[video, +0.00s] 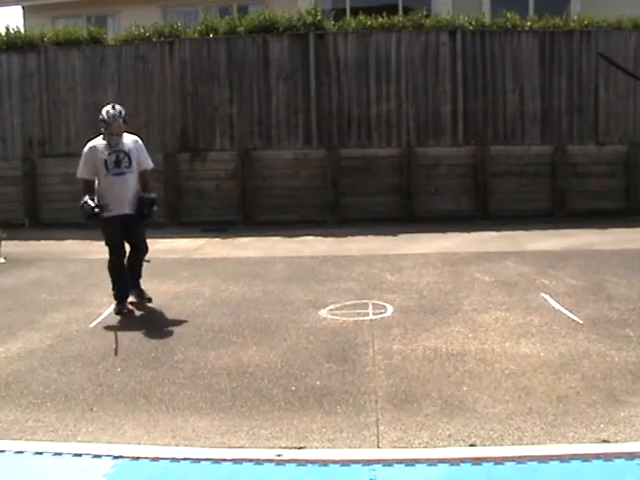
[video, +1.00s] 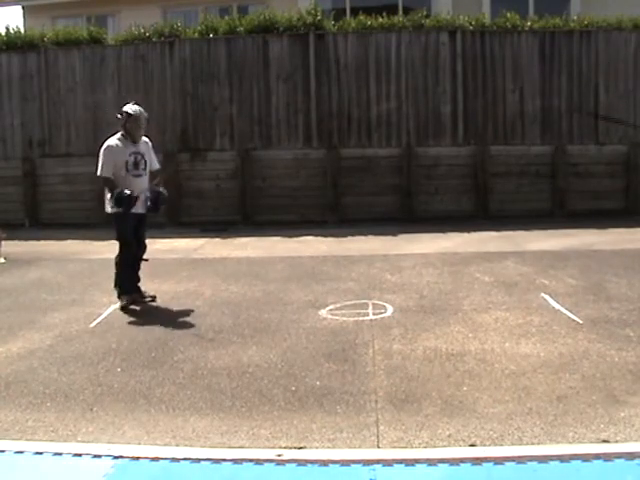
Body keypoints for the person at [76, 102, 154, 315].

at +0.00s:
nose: (116, 131)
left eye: (119, 126)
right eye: (111, 127)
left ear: (124, 124)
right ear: (103, 127)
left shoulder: (134, 143)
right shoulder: (93, 149)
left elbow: (144, 173)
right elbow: (87, 182)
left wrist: (146, 197)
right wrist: (89, 201)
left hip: (133, 209)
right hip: (109, 212)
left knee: (140, 248)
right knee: (117, 254)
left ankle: (133, 283)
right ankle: (120, 298)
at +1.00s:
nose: (141, 129)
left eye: (142, 124)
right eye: (138, 124)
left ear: (143, 125)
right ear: (126, 124)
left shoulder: (145, 144)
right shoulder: (111, 147)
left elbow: (154, 171)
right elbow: (106, 177)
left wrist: (154, 190)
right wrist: (117, 194)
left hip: (141, 206)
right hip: (122, 208)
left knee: (138, 247)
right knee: (127, 248)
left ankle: (134, 287)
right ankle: (124, 291)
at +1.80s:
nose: (135, 126)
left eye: (137, 122)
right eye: (132, 122)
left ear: (138, 122)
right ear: (120, 122)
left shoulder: (135, 143)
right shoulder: (107, 146)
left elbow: (153, 159)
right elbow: (116, 175)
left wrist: (170, 160)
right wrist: (143, 177)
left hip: (138, 209)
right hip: (120, 212)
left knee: (143, 249)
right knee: (130, 252)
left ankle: (135, 287)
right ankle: (130, 300)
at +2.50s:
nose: (154, 118)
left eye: (153, 114)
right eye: (149, 114)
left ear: (142, 117)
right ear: (136, 116)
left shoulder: (144, 140)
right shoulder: (123, 145)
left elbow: (145, 172)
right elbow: (120, 178)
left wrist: (157, 191)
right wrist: (133, 204)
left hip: (152, 208)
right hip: (136, 210)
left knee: (153, 252)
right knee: (139, 253)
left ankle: (151, 294)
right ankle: (132, 298)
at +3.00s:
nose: (159, 115)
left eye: (159, 111)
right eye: (154, 112)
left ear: (154, 115)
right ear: (142, 116)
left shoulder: (155, 138)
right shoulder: (132, 144)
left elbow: (158, 167)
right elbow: (134, 175)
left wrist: (171, 179)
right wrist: (159, 186)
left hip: (160, 207)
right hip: (145, 209)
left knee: (158, 251)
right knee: (151, 252)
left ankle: (154, 295)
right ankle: (145, 300)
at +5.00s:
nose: (173, 117)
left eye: (173, 112)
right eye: (168, 112)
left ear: (165, 116)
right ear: (157, 115)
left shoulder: (164, 140)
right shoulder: (147, 145)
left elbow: (166, 173)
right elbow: (143, 179)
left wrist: (177, 197)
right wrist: (152, 204)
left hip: (171, 206)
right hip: (160, 207)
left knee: (163, 252)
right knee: (169, 252)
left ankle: (154, 297)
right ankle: (170, 301)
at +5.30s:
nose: (176, 117)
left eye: (176, 112)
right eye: (172, 113)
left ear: (157, 116)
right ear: (164, 115)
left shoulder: (164, 139)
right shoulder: (155, 145)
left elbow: (173, 172)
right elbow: (163, 176)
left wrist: (190, 188)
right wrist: (184, 194)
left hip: (170, 207)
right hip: (165, 209)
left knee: (167, 251)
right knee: (173, 253)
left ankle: (155, 296)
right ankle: (170, 301)